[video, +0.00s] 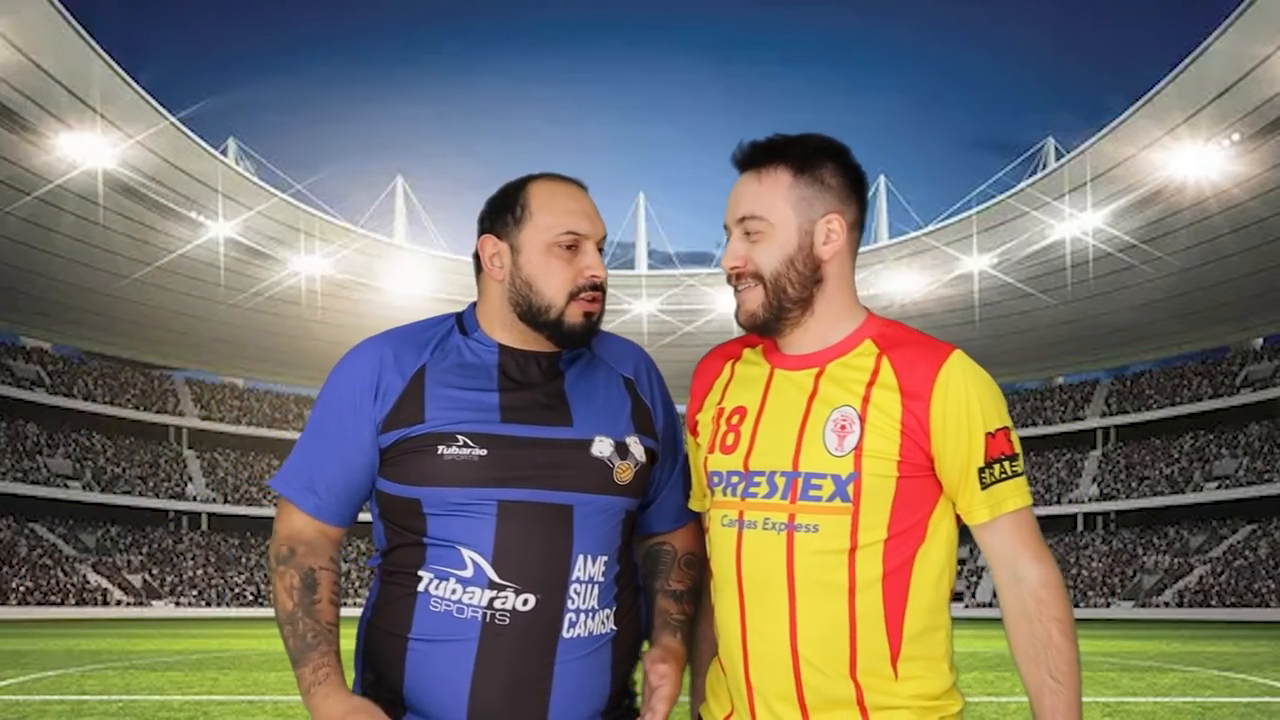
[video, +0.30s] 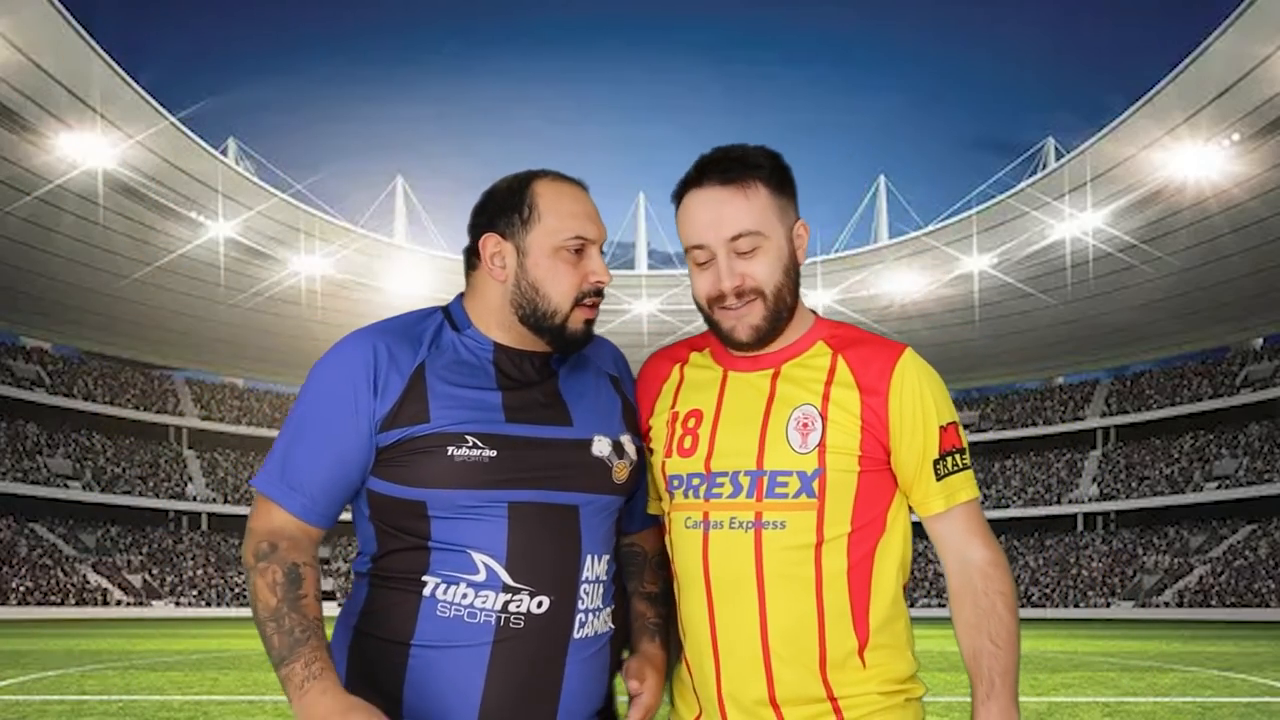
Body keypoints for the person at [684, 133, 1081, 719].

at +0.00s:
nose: (729, 261)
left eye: (752, 234)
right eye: (730, 237)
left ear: (829, 236)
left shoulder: (940, 382)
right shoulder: (714, 378)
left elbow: (1022, 573)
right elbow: (709, 568)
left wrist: (1059, 714)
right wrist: (703, 699)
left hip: (893, 705)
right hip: (733, 706)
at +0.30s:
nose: (725, 282)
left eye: (747, 249)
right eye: (702, 260)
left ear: (797, 242)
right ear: (686, 264)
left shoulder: (889, 378)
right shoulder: (658, 381)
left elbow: (972, 560)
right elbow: (648, 541)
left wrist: (996, 710)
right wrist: (647, 656)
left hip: (862, 704)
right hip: (705, 706)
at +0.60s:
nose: (687, 300)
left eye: (712, 267)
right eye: (666, 271)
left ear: (767, 259)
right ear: (651, 266)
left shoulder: (857, 378)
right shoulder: (628, 389)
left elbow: (950, 566)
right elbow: (626, 558)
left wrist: (1006, 711)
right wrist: (608, 705)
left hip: (839, 703)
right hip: (687, 705)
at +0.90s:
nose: (618, 278)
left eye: (643, 252)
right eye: (623, 248)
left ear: (724, 260)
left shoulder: (839, 397)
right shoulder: (628, 373)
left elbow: (912, 621)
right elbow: (615, 549)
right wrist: (584, 698)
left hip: (781, 705)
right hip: (637, 707)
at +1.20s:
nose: (607, 251)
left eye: (632, 225)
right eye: (616, 222)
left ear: (709, 241)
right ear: (707, 243)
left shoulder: (807, 392)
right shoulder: (626, 367)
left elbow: (861, 628)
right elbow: (607, 573)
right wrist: (568, 700)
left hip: (733, 705)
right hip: (600, 705)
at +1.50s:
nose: (530, 246)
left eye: (560, 222)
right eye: (538, 222)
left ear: (636, 242)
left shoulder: (730, 380)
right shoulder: (539, 381)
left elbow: (817, 589)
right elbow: (525, 575)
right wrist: (501, 694)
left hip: (712, 702)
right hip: (574, 705)